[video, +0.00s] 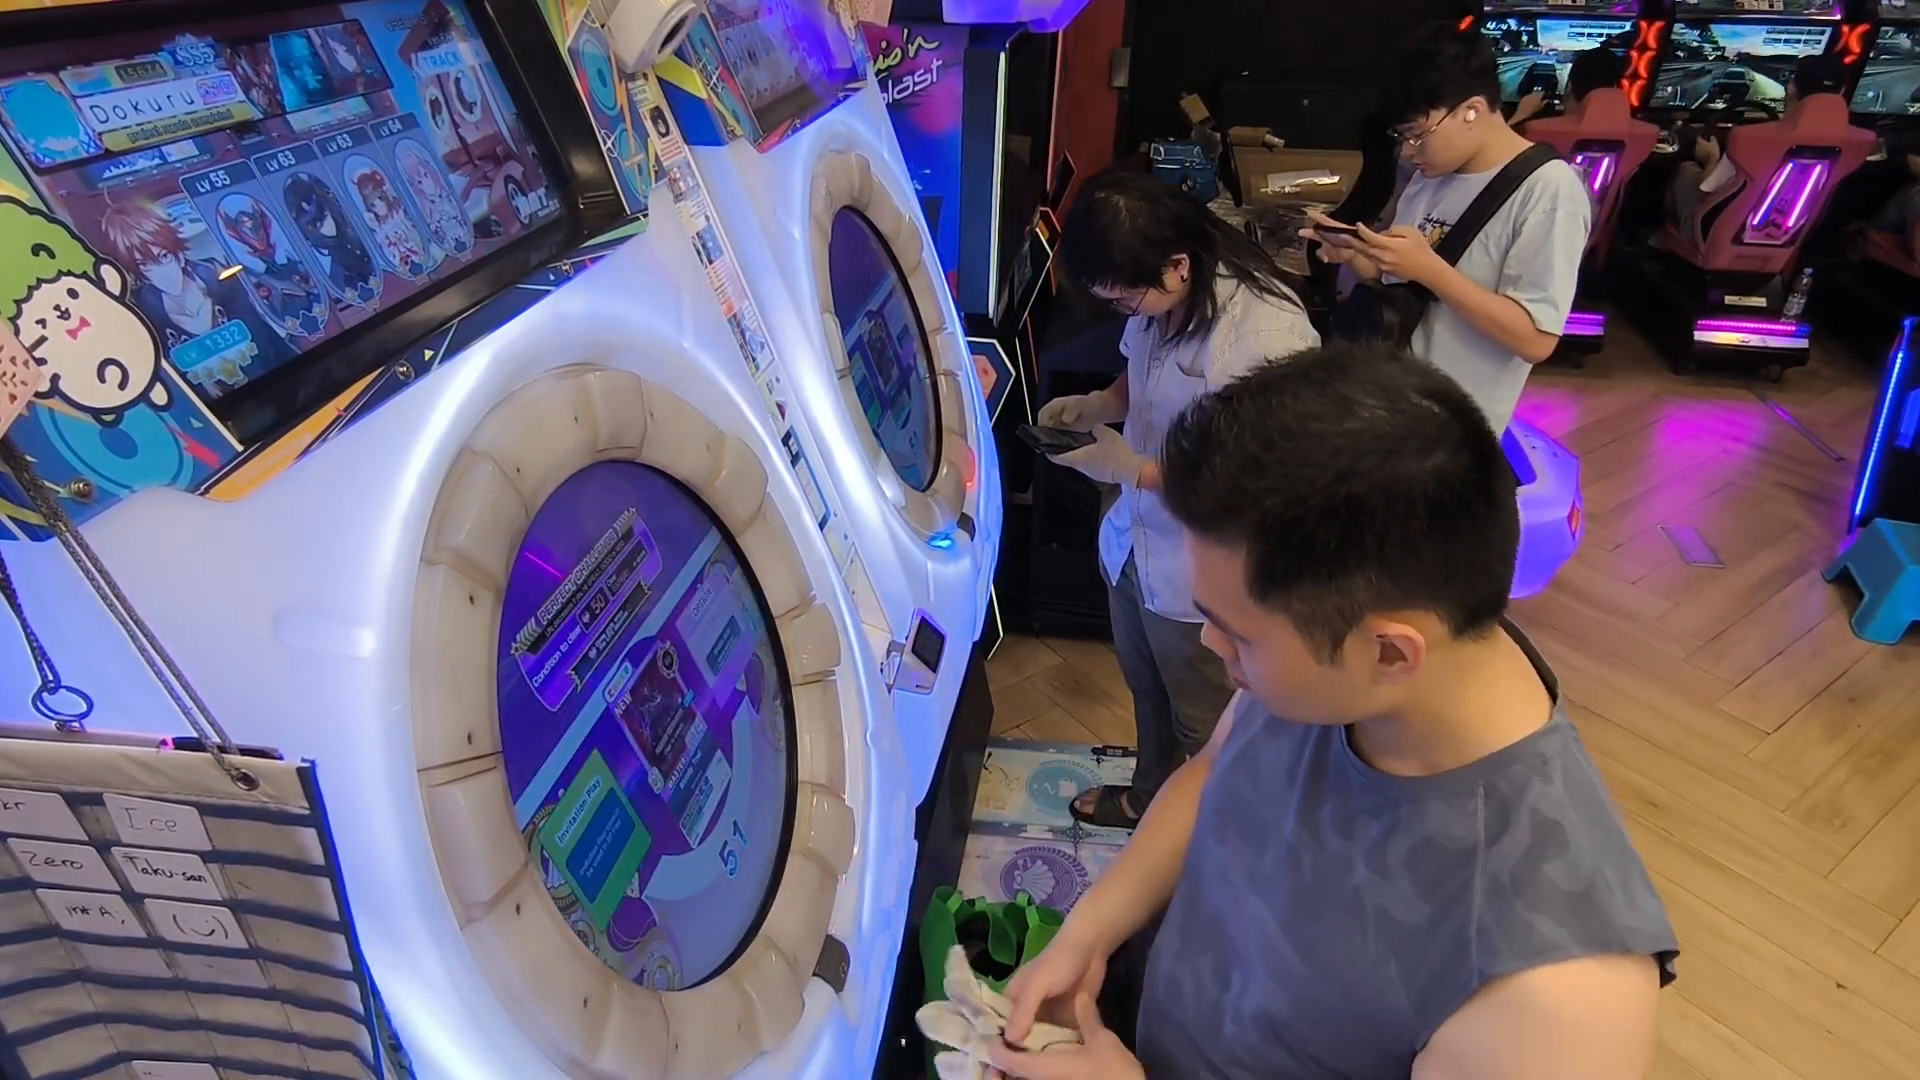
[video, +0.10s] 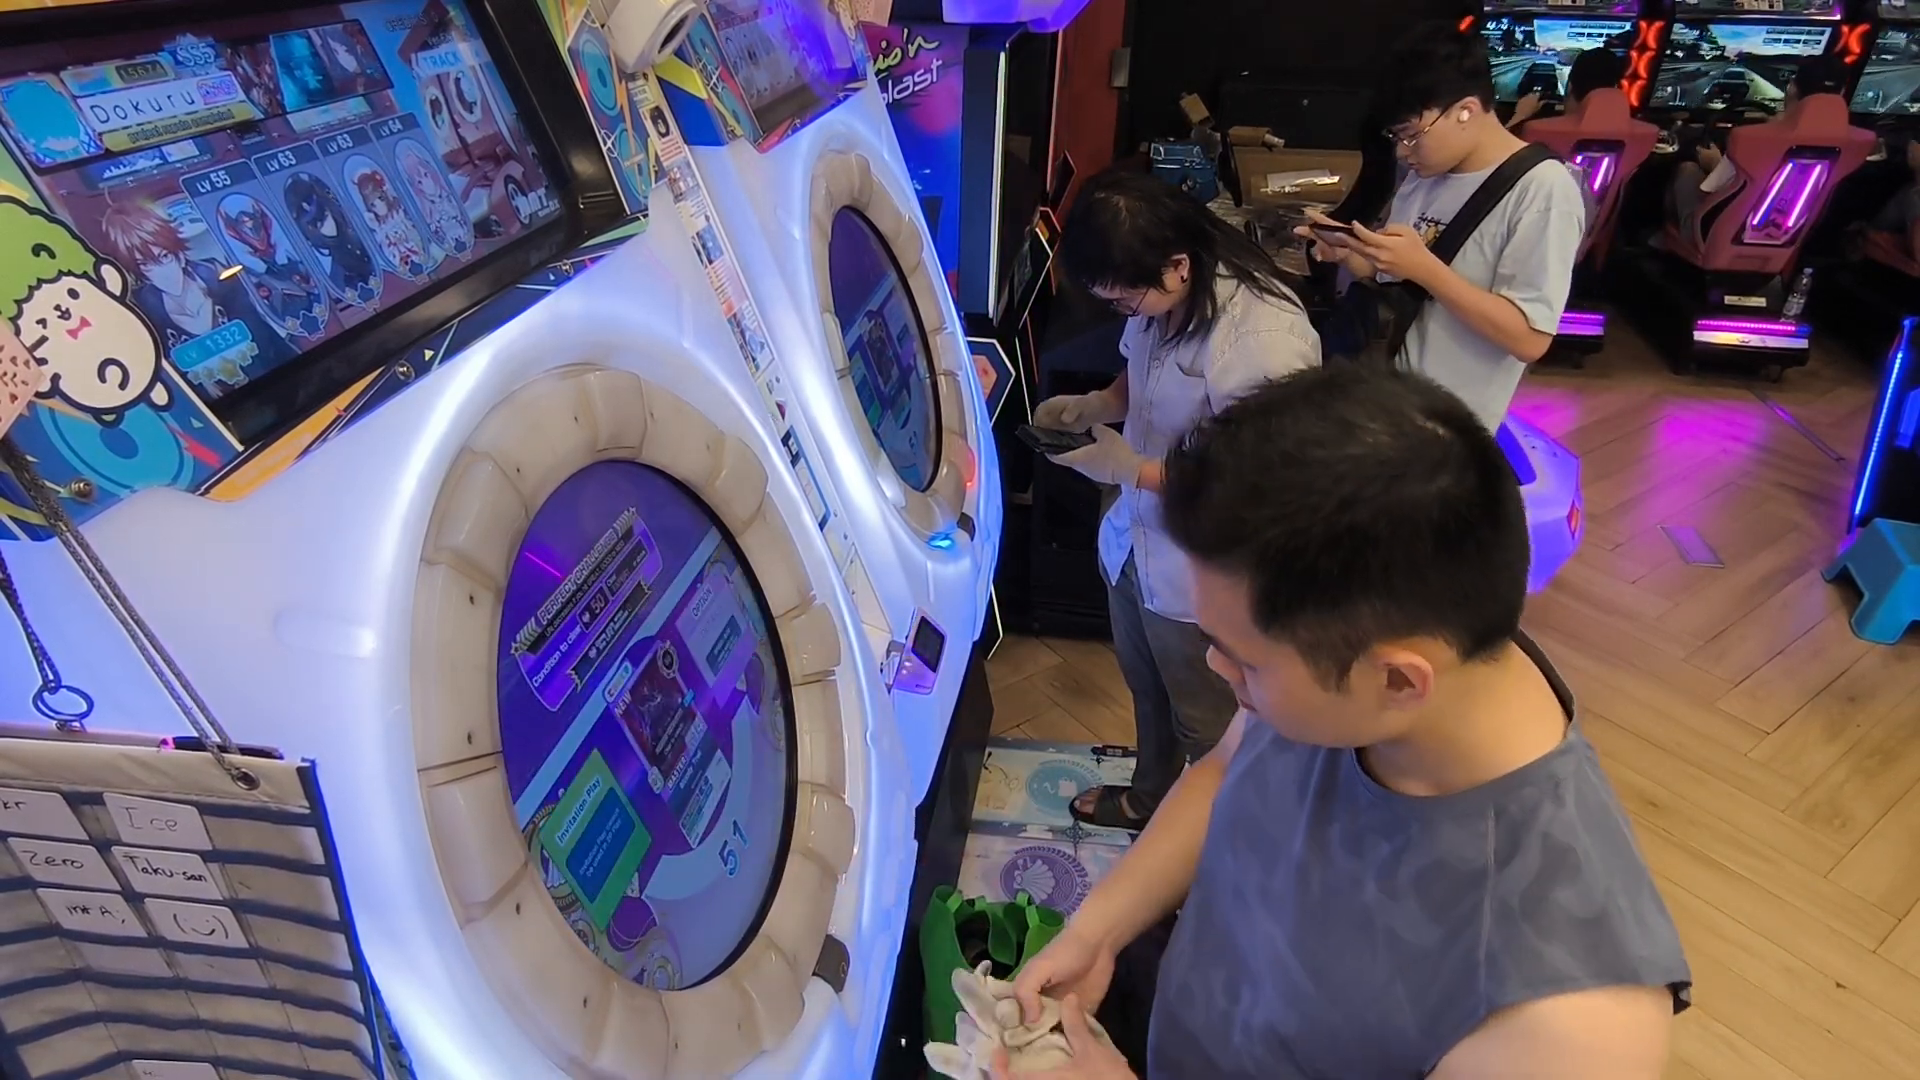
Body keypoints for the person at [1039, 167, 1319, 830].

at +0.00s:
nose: (1117, 308)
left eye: (1125, 296)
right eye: (1108, 297)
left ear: (1178, 268)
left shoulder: (1265, 337)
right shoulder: (1158, 297)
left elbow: (1263, 489)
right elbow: (1142, 388)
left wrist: (1137, 468)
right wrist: (1088, 410)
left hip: (1198, 568)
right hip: (1132, 542)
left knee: (1198, 719)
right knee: (1150, 688)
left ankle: (1204, 837)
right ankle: (1153, 795)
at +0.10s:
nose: (1119, 309)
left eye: (1126, 296)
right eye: (1109, 298)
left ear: (1178, 267)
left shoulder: (1260, 337)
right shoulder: (1158, 298)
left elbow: (1259, 489)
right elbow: (1144, 388)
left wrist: (1137, 469)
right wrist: (1087, 410)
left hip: (1197, 566)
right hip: (1133, 539)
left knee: (1200, 717)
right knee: (1150, 686)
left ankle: (1209, 839)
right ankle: (1153, 797)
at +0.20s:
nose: (1120, 310)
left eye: (1129, 297)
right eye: (1110, 299)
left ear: (1178, 268)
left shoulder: (1259, 340)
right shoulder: (1155, 298)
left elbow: (1261, 483)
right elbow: (1145, 391)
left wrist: (1138, 469)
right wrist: (1084, 406)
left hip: (1196, 562)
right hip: (1133, 538)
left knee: (1203, 718)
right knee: (1148, 685)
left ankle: (1228, 846)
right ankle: (1151, 801)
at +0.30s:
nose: (1123, 309)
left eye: (1130, 295)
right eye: (1113, 298)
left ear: (1180, 267)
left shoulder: (1257, 343)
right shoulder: (1155, 297)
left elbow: (1269, 495)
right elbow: (1141, 389)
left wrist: (1138, 471)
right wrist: (1079, 405)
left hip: (1197, 557)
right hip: (1132, 532)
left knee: (1202, 715)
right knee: (1147, 681)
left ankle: (1223, 842)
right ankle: (1155, 800)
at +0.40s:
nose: (1123, 310)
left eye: (1130, 296)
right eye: (1113, 299)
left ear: (1180, 267)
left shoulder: (1260, 343)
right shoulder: (1155, 297)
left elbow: (1267, 497)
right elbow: (1139, 388)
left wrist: (1138, 471)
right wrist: (1084, 403)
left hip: (1196, 559)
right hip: (1132, 534)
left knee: (1204, 717)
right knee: (1148, 683)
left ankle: (1222, 845)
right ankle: (1155, 800)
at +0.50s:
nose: (1121, 311)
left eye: (1129, 298)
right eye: (1112, 300)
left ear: (1180, 268)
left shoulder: (1260, 345)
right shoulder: (1158, 297)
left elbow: (1268, 493)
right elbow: (1142, 388)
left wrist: (1139, 471)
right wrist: (1085, 406)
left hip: (1196, 559)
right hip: (1133, 535)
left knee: (1205, 714)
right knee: (1149, 684)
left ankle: (1222, 844)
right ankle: (1156, 800)